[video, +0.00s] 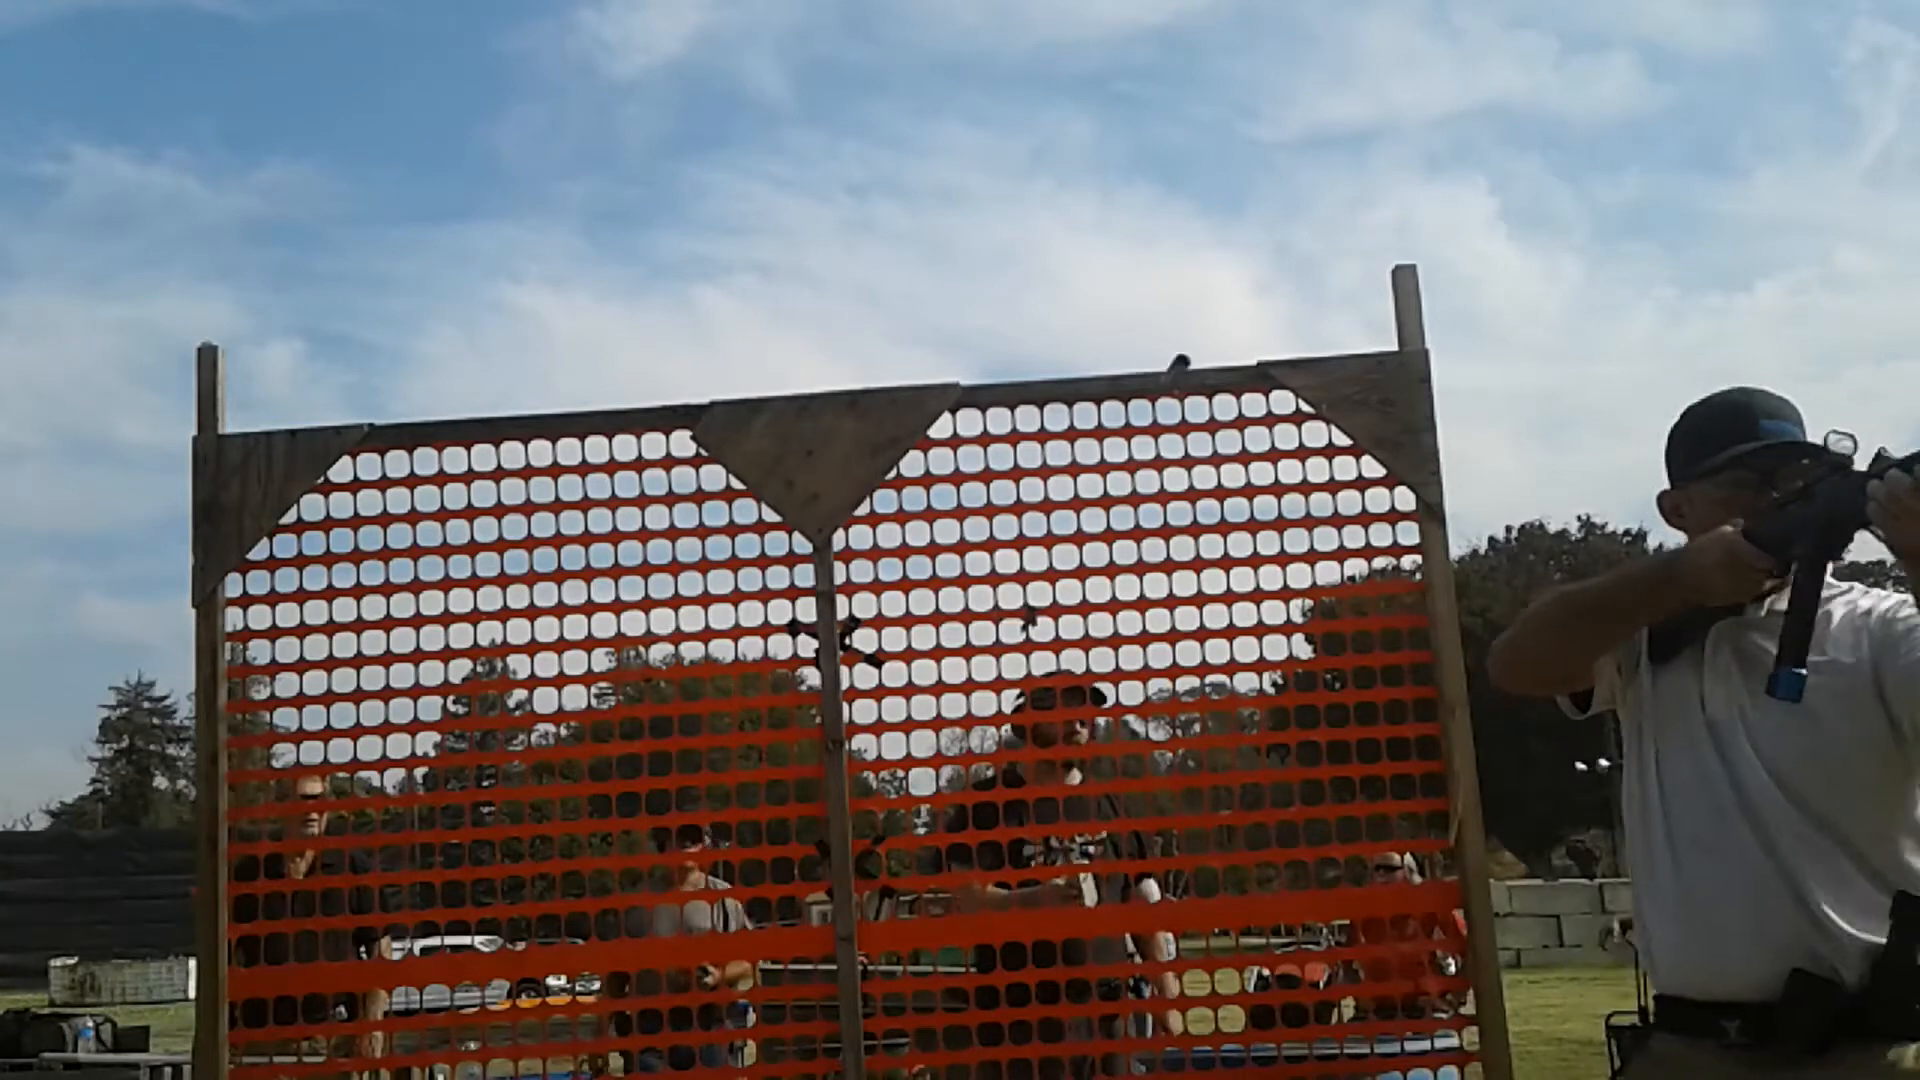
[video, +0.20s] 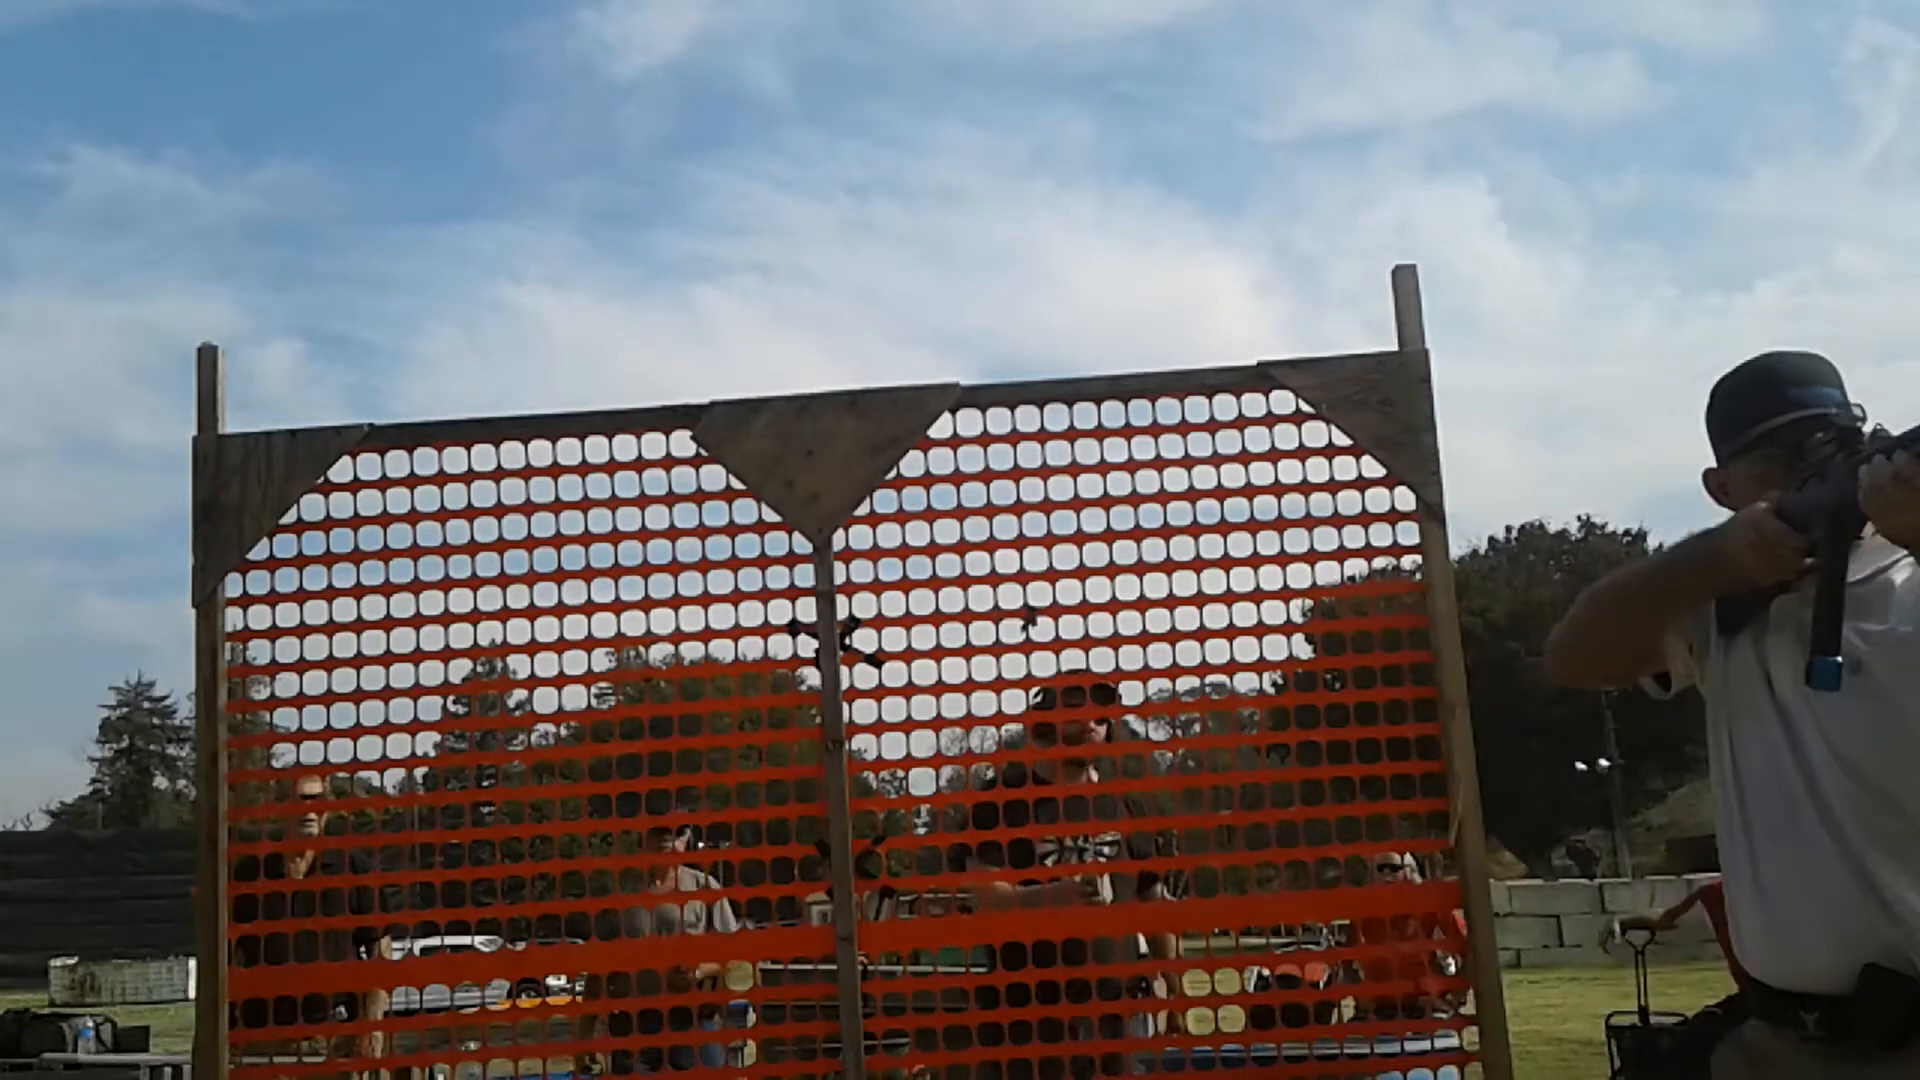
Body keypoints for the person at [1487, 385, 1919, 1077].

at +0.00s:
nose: (1773, 504)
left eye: (1791, 478)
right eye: (1745, 479)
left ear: (1816, 487)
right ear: (1678, 508)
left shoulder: (1879, 625)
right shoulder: (1643, 644)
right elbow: (1513, 665)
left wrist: (1915, 558)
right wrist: (1682, 577)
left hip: (1862, 1043)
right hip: (1684, 1044)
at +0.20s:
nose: (1805, 474)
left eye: (1824, 445)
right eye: (1775, 455)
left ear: (1860, 450)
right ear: (1723, 488)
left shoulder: (1905, 581)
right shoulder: (1722, 604)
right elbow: (1572, 658)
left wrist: (1913, 532)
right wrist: (1722, 558)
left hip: (1906, 1029)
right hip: (1773, 1034)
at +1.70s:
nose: (1324, 503)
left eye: (1337, 475)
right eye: (1289, 482)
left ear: (1366, 487)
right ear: (1217, 517)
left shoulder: (1464, 624)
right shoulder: (1194, 634)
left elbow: (1654, 760)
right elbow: (1080, 738)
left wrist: (1621, 590)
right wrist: (1262, 604)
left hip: (1477, 1050)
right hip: (1291, 1058)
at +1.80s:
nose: (1285, 507)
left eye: (1294, 481)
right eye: (1249, 485)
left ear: (1318, 489)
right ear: (1172, 519)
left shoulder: (1412, 628)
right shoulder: (1144, 636)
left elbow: (1608, 756)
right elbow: (1027, 730)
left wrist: (1579, 584)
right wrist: (1211, 600)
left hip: (1422, 1050)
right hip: (1228, 1059)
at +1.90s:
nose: (1238, 509)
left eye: (1250, 482)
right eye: (1203, 486)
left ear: (1274, 491)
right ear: (1130, 517)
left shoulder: (1367, 627)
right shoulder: (1096, 629)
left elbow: (1561, 756)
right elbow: (981, 740)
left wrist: (1536, 583)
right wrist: (1165, 599)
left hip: (1385, 1051)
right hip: (1184, 1059)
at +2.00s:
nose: (1206, 511)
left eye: (1220, 481)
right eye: (1170, 488)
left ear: (1247, 489)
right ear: (1094, 518)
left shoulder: (1330, 630)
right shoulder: (1061, 631)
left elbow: (1522, 756)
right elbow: (939, 732)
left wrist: (1500, 581)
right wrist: (1130, 597)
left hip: (1344, 1054)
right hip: (1141, 1063)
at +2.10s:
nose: (1180, 509)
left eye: (1192, 481)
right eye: (1146, 486)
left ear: (1216, 488)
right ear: (1066, 514)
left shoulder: (1297, 631)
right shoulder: (1028, 626)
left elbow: (1488, 756)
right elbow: (906, 726)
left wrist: (1465, 580)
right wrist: (1101, 594)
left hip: (1304, 1057)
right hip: (1103, 1065)